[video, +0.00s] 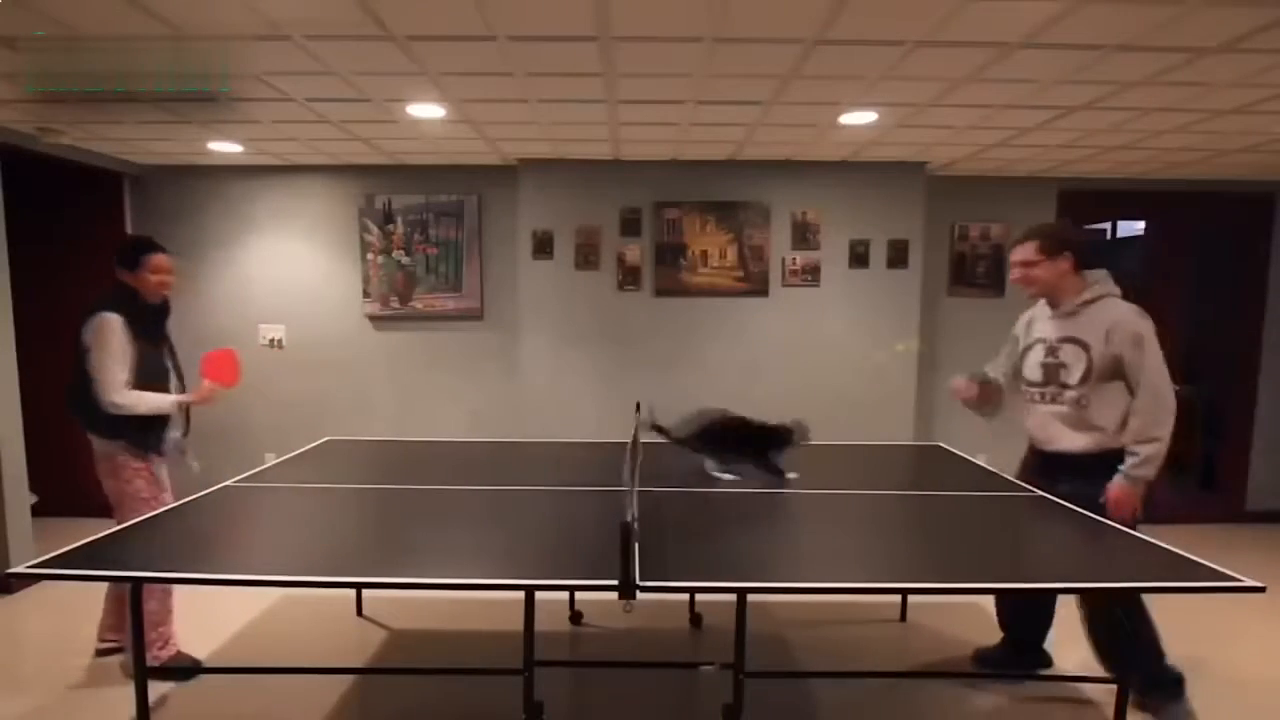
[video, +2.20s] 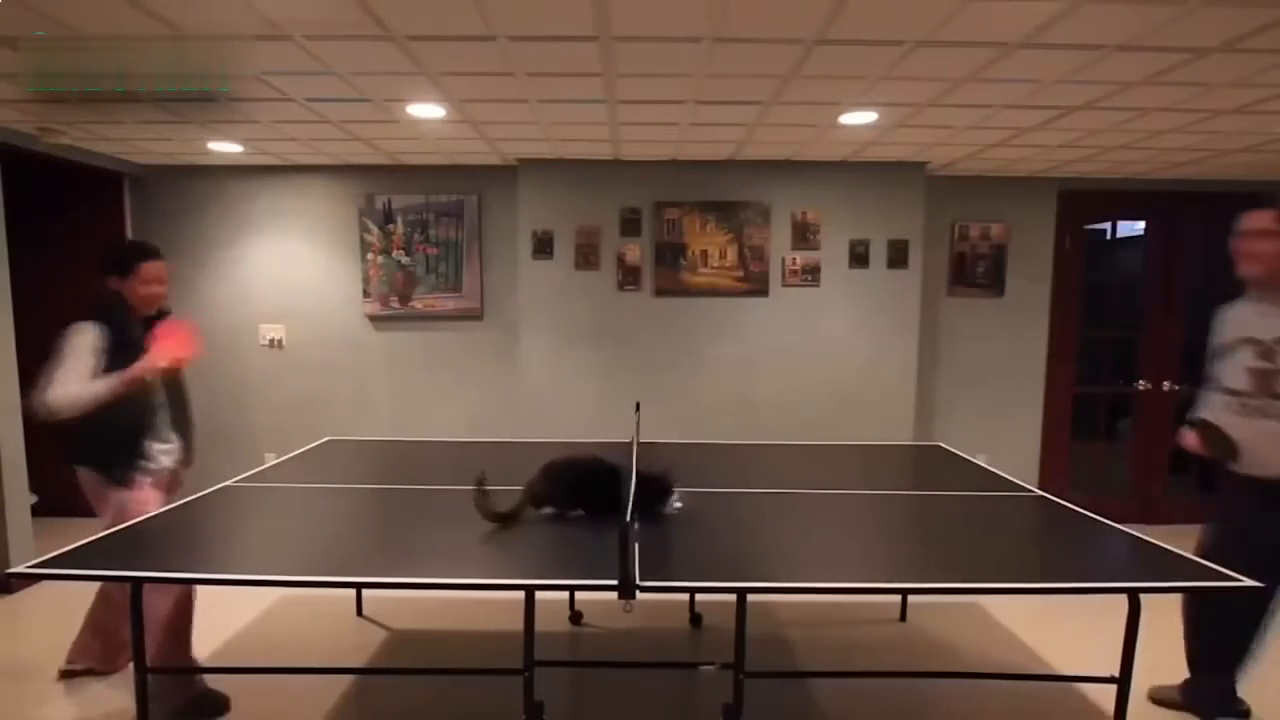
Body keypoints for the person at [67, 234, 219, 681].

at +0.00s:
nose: (166, 282)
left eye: (168, 274)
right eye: (157, 274)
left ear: (167, 277)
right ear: (128, 275)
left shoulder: (149, 319)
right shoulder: (110, 322)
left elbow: (155, 385)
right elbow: (113, 398)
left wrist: (190, 397)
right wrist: (185, 399)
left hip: (145, 445)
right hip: (121, 449)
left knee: (137, 538)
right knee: (158, 538)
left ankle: (114, 634)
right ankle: (157, 650)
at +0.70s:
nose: (193, 305)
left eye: (196, 295)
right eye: (183, 295)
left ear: (193, 297)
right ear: (151, 296)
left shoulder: (182, 346)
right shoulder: (117, 341)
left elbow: (180, 406)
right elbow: (82, 403)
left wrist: (205, 396)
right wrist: (167, 402)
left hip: (176, 482)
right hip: (129, 485)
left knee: (170, 571)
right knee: (171, 574)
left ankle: (118, 650)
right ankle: (180, 688)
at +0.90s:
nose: (236, 287)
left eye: (237, 277)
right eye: (225, 277)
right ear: (190, 283)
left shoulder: (209, 329)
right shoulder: (162, 331)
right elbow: (206, 356)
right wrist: (286, 331)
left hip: (180, 471)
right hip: (140, 473)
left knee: (191, 578)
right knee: (183, 581)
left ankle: (194, 693)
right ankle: (189, 697)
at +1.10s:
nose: (251, 288)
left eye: (253, 279)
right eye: (241, 278)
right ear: (205, 279)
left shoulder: (215, 325)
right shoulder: (178, 322)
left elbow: (208, 375)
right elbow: (159, 384)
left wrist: (269, 354)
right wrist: (240, 373)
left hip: (174, 472)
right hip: (138, 472)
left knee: (187, 586)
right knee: (167, 589)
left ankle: (193, 698)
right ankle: (174, 704)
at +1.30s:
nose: (219, 296)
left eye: (221, 285)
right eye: (207, 286)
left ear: (215, 288)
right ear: (175, 288)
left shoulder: (195, 335)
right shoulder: (142, 338)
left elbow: (195, 403)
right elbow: (59, 405)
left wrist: (198, 438)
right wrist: (127, 446)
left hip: (170, 471)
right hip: (127, 477)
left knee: (132, 573)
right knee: (187, 582)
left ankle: (91, 665)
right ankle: (187, 700)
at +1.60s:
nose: (147, 280)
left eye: (151, 271)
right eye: (137, 271)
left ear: (152, 275)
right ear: (108, 273)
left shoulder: (139, 328)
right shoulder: (81, 324)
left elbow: (151, 397)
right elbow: (29, 391)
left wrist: (163, 421)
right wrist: (106, 419)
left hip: (132, 461)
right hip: (95, 464)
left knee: (115, 556)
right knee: (134, 557)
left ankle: (86, 654)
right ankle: (117, 673)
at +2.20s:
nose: (160, 292)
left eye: (163, 282)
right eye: (150, 282)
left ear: (165, 284)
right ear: (119, 285)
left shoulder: (157, 334)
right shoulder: (93, 333)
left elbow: (172, 414)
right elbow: (52, 400)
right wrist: (133, 375)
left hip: (153, 465)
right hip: (108, 468)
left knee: (132, 564)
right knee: (168, 567)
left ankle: (89, 658)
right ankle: (170, 686)